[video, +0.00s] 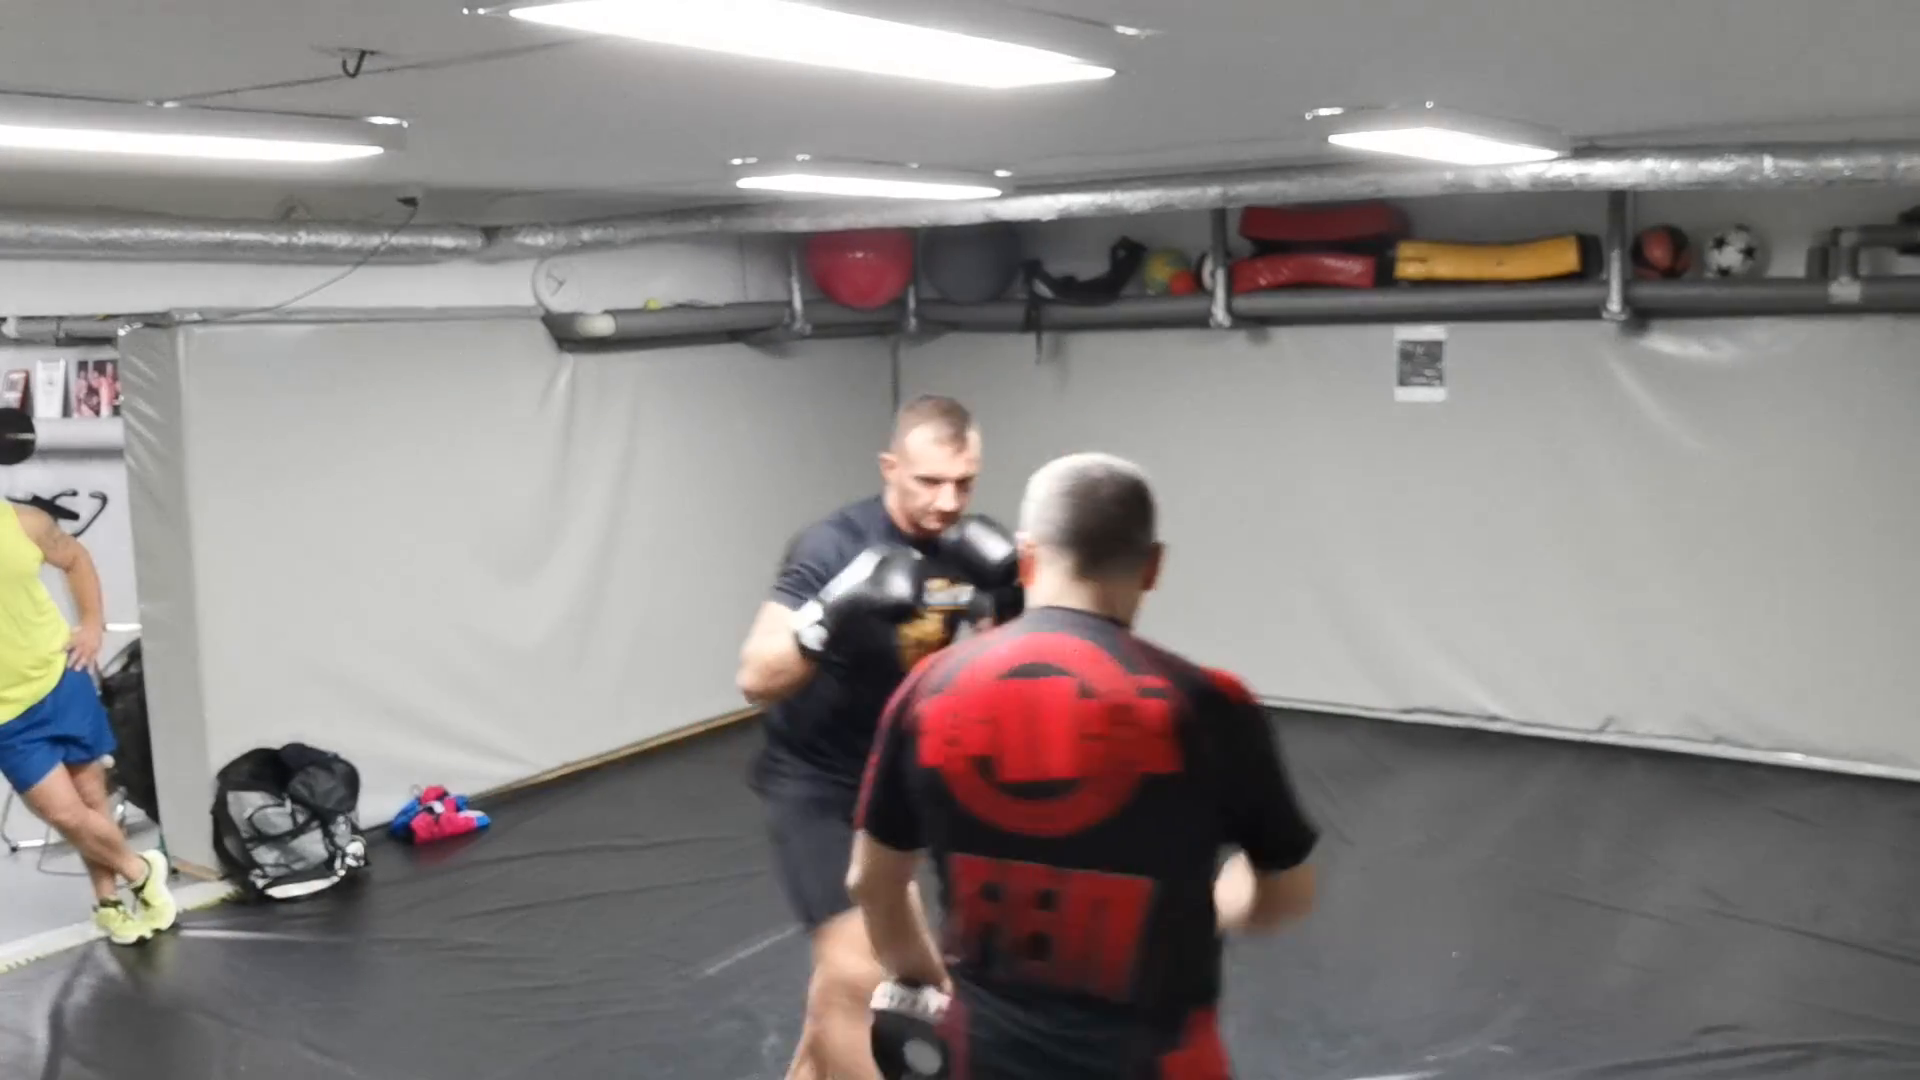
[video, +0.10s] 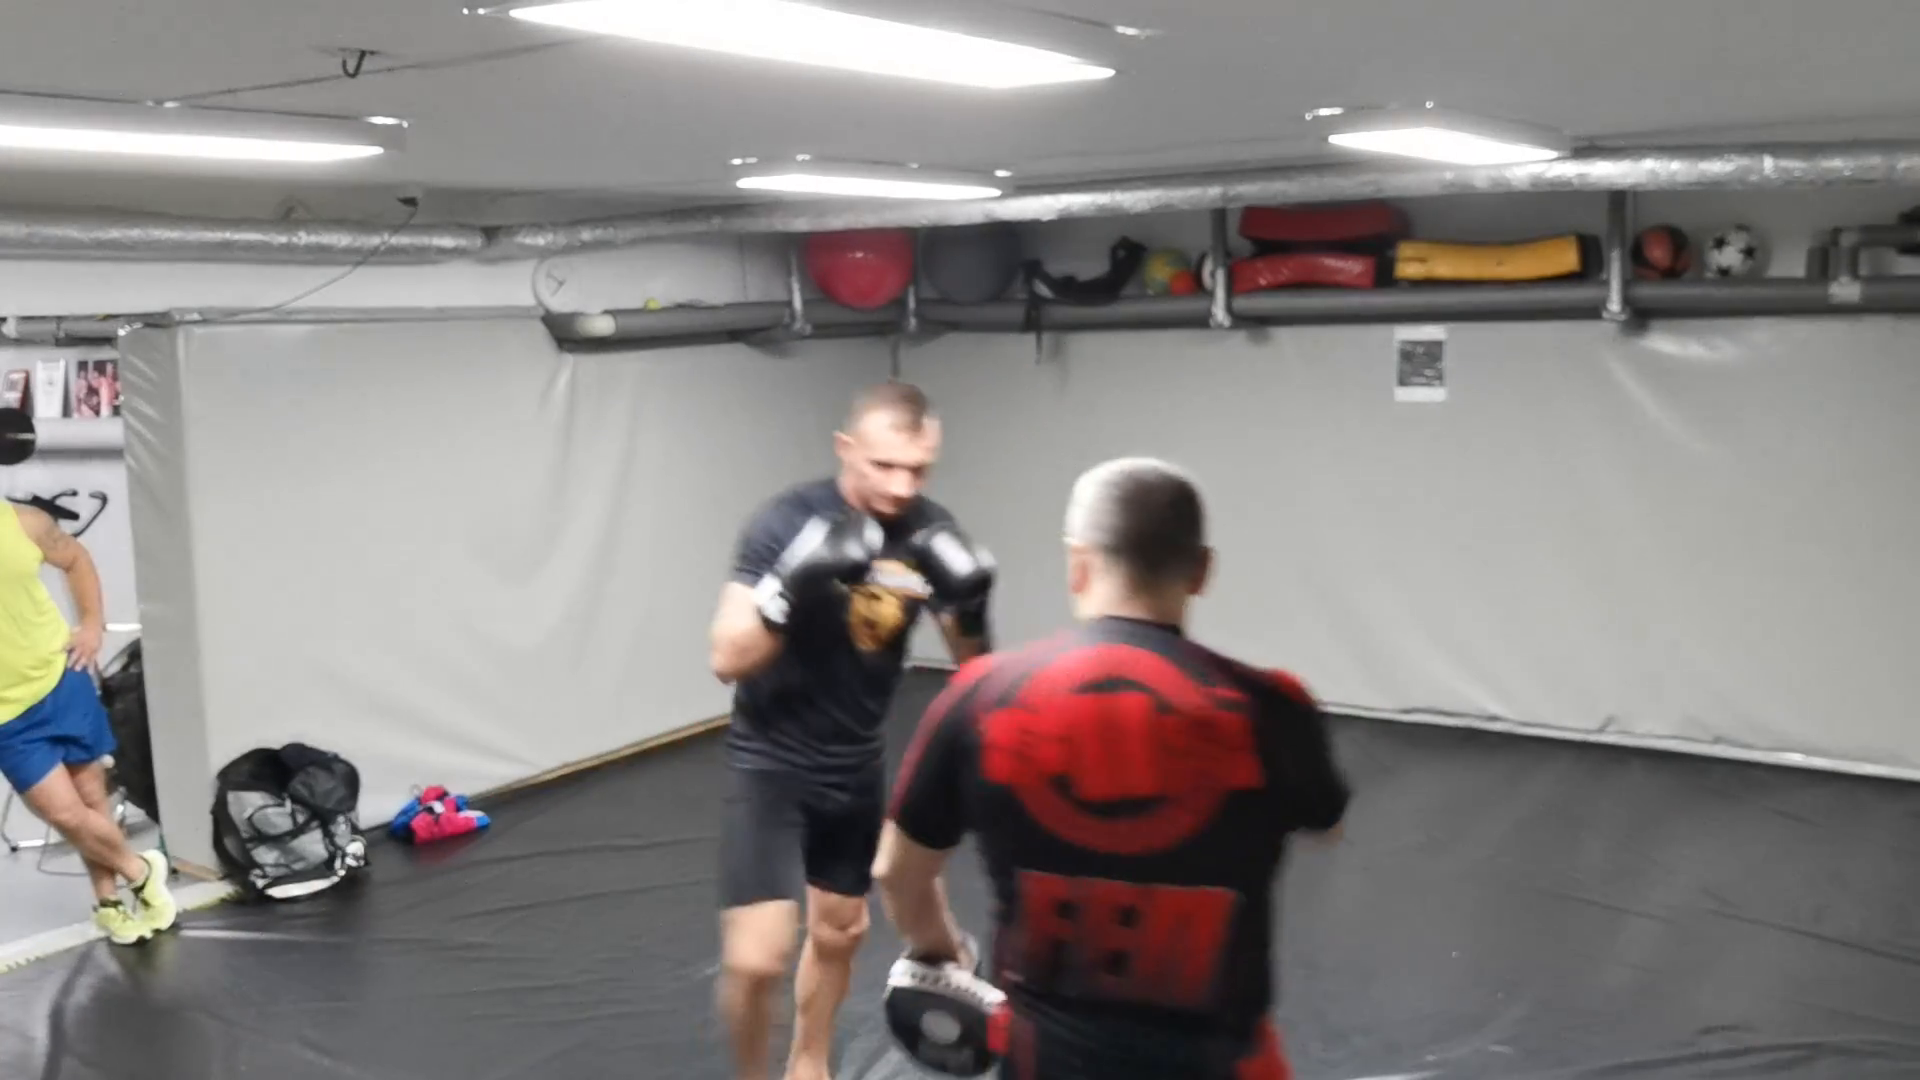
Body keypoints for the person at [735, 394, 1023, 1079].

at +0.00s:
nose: (947, 501)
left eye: (962, 483)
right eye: (929, 482)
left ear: (978, 473)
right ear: (889, 466)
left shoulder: (989, 552)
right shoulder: (835, 544)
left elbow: (1021, 671)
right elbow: (756, 678)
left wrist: (1009, 587)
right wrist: (833, 616)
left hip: (920, 778)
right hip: (818, 778)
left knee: (846, 969)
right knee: (858, 969)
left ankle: (811, 1065)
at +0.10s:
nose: (900, 487)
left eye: (916, 471)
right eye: (884, 467)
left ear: (930, 461)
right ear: (845, 451)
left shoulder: (928, 534)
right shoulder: (786, 524)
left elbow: (975, 672)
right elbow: (727, 659)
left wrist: (966, 603)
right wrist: (792, 587)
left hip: (855, 760)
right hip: (767, 757)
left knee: (838, 933)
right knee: (758, 959)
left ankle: (811, 1064)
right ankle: (752, 1072)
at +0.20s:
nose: (847, 478)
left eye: (861, 462)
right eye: (830, 460)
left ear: (876, 453)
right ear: (789, 444)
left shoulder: (889, 523)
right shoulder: (736, 515)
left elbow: (935, 653)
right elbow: (690, 653)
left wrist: (932, 618)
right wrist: (746, 572)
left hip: (837, 765)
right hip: (742, 760)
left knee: (843, 949)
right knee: (681, 956)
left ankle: (807, 1064)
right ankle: (667, 1063)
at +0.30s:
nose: (793, 504)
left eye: (808, 487)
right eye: (776, 485)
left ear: (822, 475)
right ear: (736, 468)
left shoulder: (851, 549)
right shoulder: (694, 545)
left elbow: (909, 666)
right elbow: (657, 680)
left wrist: (893, 650)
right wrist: (711, 590)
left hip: (813, 790)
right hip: (714, 787)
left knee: (860, 987)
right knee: (657, 957)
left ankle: (822, 1061)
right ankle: (649, 1068)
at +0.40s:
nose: (767, 517)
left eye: (781, 498)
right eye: (749, 498)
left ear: (796, 484)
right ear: (711, 486)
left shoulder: (831, 557)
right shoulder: (674, 564)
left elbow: (911, 681)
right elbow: (640, 700)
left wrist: (873, 642)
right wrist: (683, 606)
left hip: (814, 798)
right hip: (711, 799)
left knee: (874, 988)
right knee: (664, 955)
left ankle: (875, 1065)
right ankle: (650, 1068)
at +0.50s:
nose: (776, 495)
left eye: (790, 476)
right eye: (758, 476)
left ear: (807, 462)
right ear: (720, 463)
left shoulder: (838, 529)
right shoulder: (685, 536)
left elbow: (921, 659)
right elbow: (649, 680)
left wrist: (866, 592)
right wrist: (684, 581)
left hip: (842, 768)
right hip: (746, 773)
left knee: (912, 964)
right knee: (666, 947)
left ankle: (959, 1072)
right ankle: (668, 1065)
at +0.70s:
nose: (846, 540)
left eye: (857, 520)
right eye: (827, 521)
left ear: (869, 513)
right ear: (780, 514)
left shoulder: (883, 571)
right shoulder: (750, 594)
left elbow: (954, 648)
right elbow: (696, 735)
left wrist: (926, 678)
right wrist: (732, 659)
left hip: (905, 841)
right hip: (799, 841)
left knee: (999, 1015)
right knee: (713, 1020)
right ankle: (717, 1076)